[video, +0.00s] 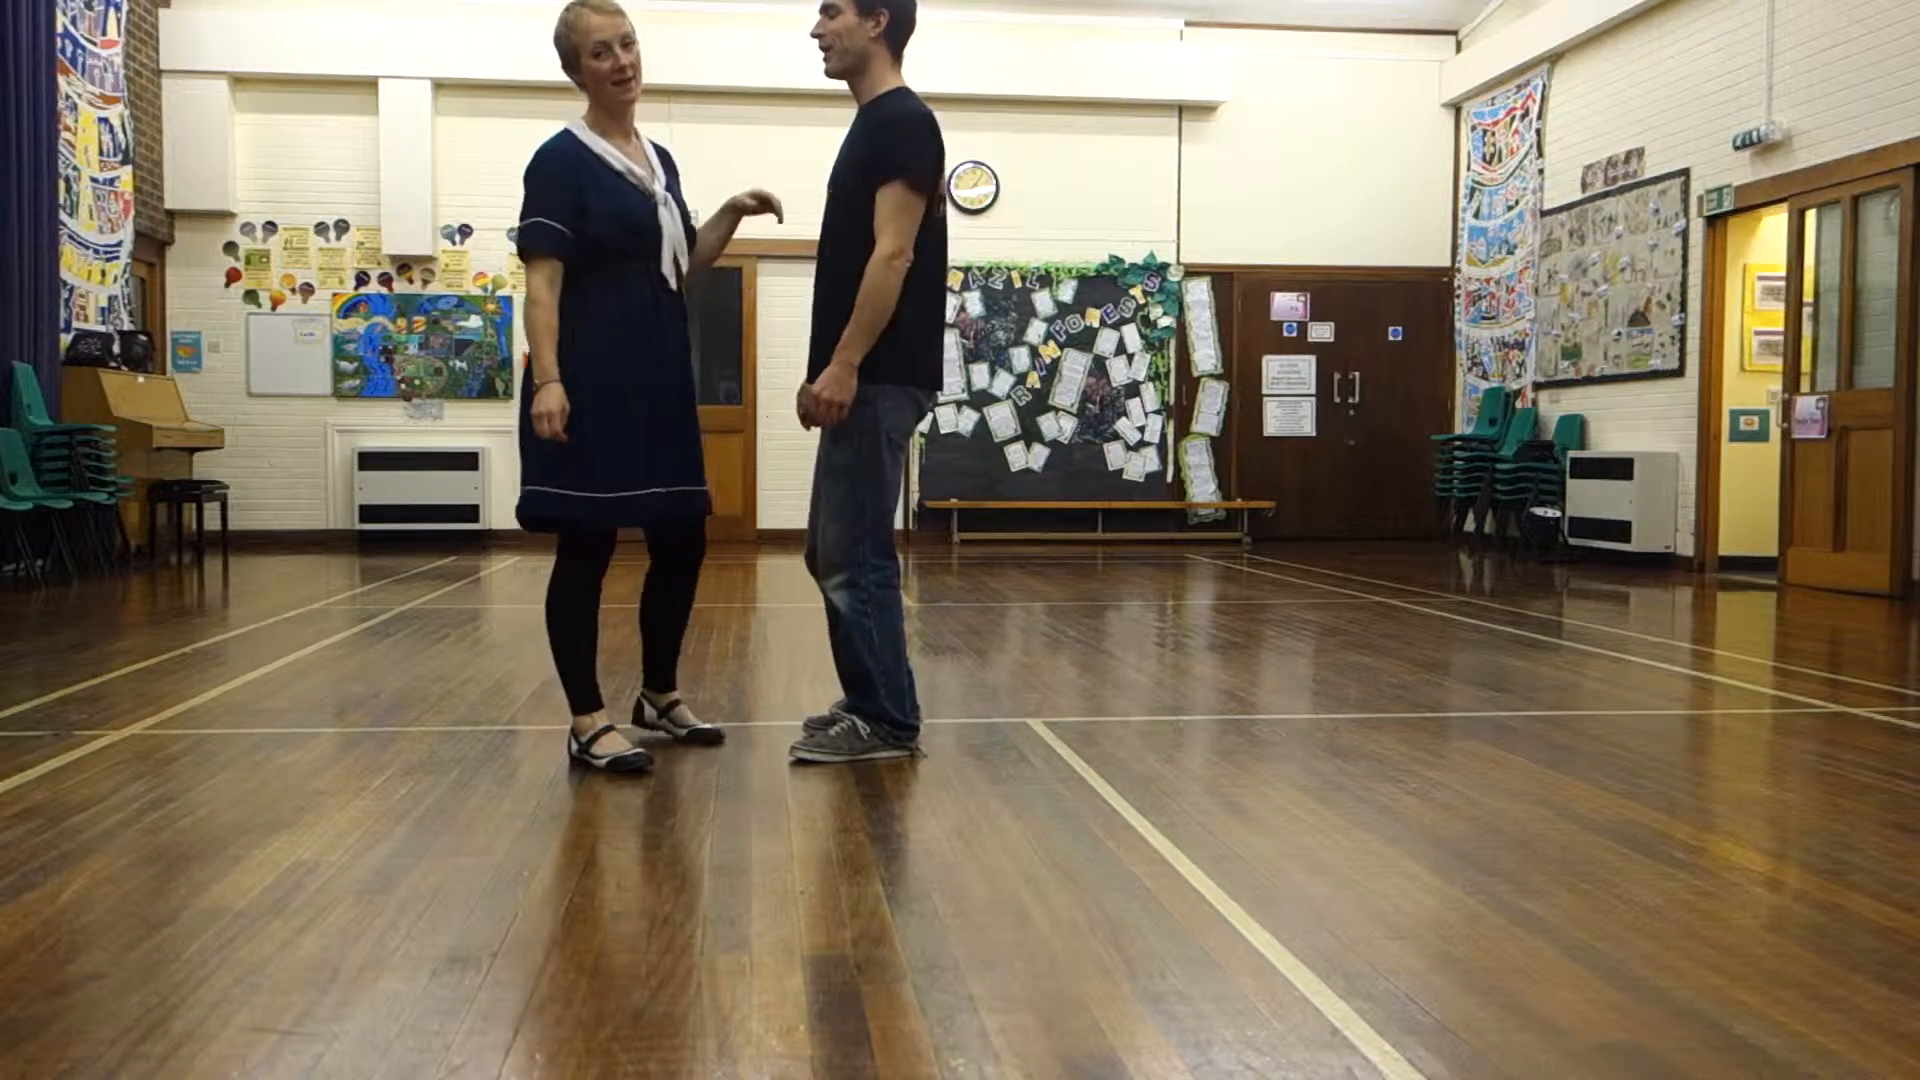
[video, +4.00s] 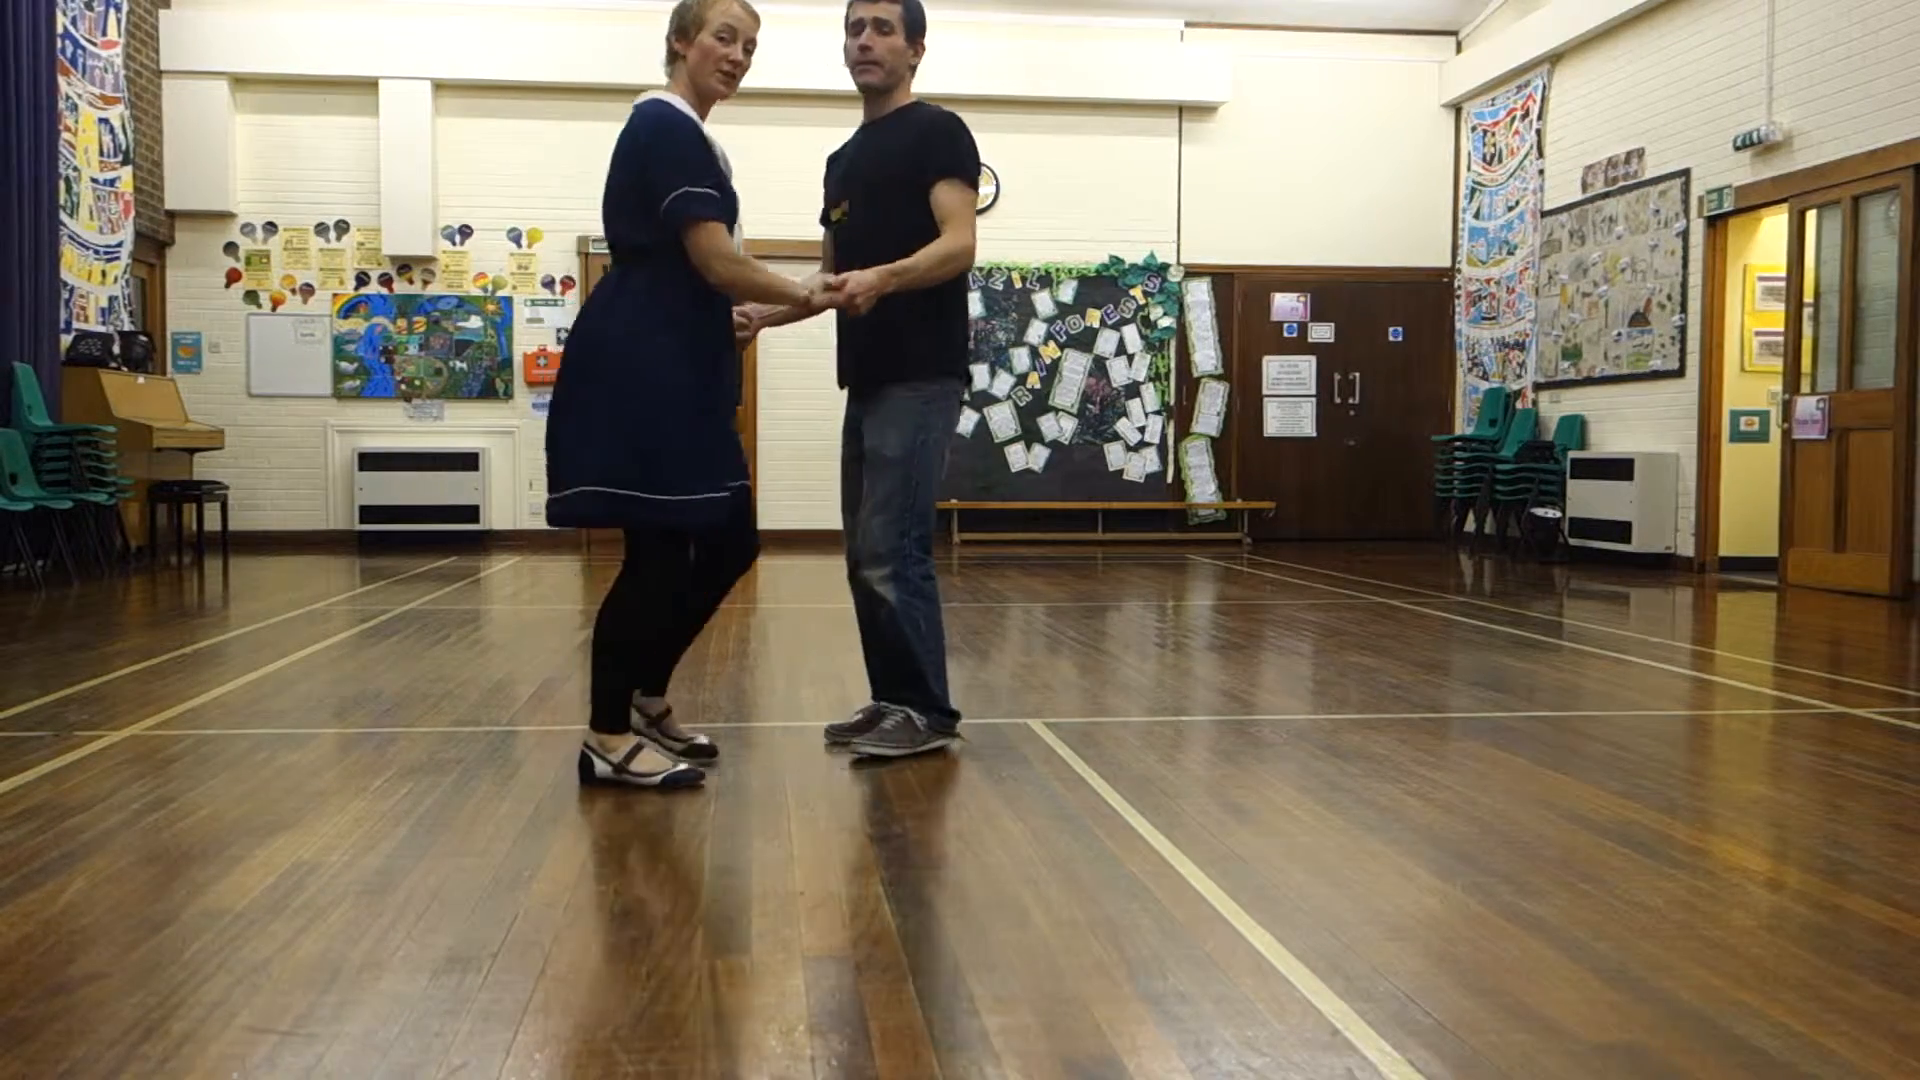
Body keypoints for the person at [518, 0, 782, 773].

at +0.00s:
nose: (620, 60)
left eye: (626, 44)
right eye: (600, 52)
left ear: (642, 51)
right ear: (574, 70)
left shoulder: (659, 159)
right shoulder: (559, 161)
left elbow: (680, 268)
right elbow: (542, 283)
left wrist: (732, 212)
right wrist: (547, 379)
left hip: (659, 388)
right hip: (586, 388)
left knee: (682, 533)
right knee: (585, 546)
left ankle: (658, 699)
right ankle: (588, 724)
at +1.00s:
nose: (676, 76)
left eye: (676, 64)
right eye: (660, 63)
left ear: (672, 83)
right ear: (617, 80)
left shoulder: (698, 179)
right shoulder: (581, 181)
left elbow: (765, 248)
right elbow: (560, 295)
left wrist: (813, 181)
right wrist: (593, 365)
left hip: (688, 394)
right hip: (608, 390)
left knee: (674, 548)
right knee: (596, 550)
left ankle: (661, 702)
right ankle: (573, 709)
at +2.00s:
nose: (659, 55)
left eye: (654, 42)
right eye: (644, 43)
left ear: (618, 62)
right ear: (603, 60)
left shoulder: (623, 154)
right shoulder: (581, 147)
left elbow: (639, 263)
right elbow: (588, 269)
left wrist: (708, 269)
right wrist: (695, 285)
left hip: (639, 386)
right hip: (595, 387)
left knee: (671, 531)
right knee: (614, 540)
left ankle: (637, 699)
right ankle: (592, 721)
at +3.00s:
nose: (628, 83)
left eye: (628, 72)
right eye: (612, 72)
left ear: (600, 90)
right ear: (571, 89)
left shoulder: (608, 171)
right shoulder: (572, 166)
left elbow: (638, 281)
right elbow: (611, 278)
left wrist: (719, 297)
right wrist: (714, 303)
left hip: (618, 385)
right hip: (593, 386)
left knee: (613, 540)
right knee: (627, 540)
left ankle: (590, 701)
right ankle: (598, 707)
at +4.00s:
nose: (739, 56)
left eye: (748, 47)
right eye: (726, 37)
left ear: (744, 63)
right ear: (681, 40)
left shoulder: (686, 133)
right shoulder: (663, 123)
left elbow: (696, 273)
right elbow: (717, 261)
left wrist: (750, 308)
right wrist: (808, 295)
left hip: (681, 383)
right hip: (644, 384)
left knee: (728, 543)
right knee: (659, 552)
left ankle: (646, 699)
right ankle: (608, 739)